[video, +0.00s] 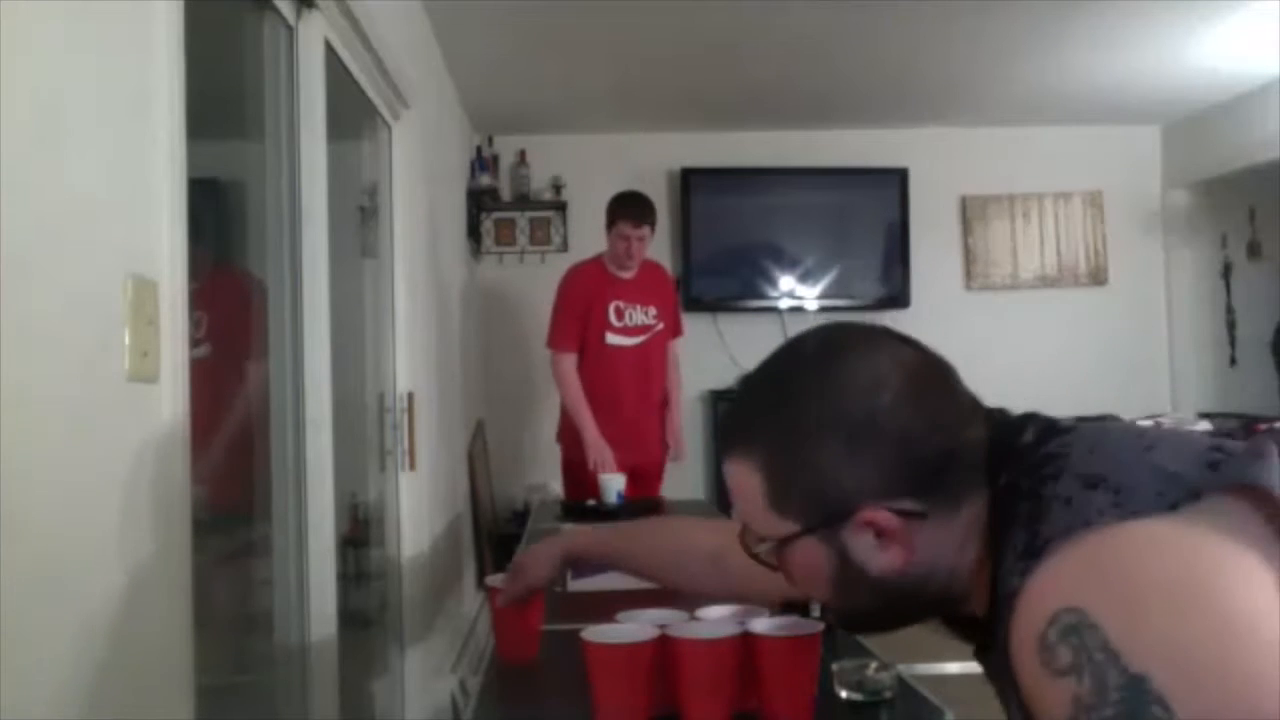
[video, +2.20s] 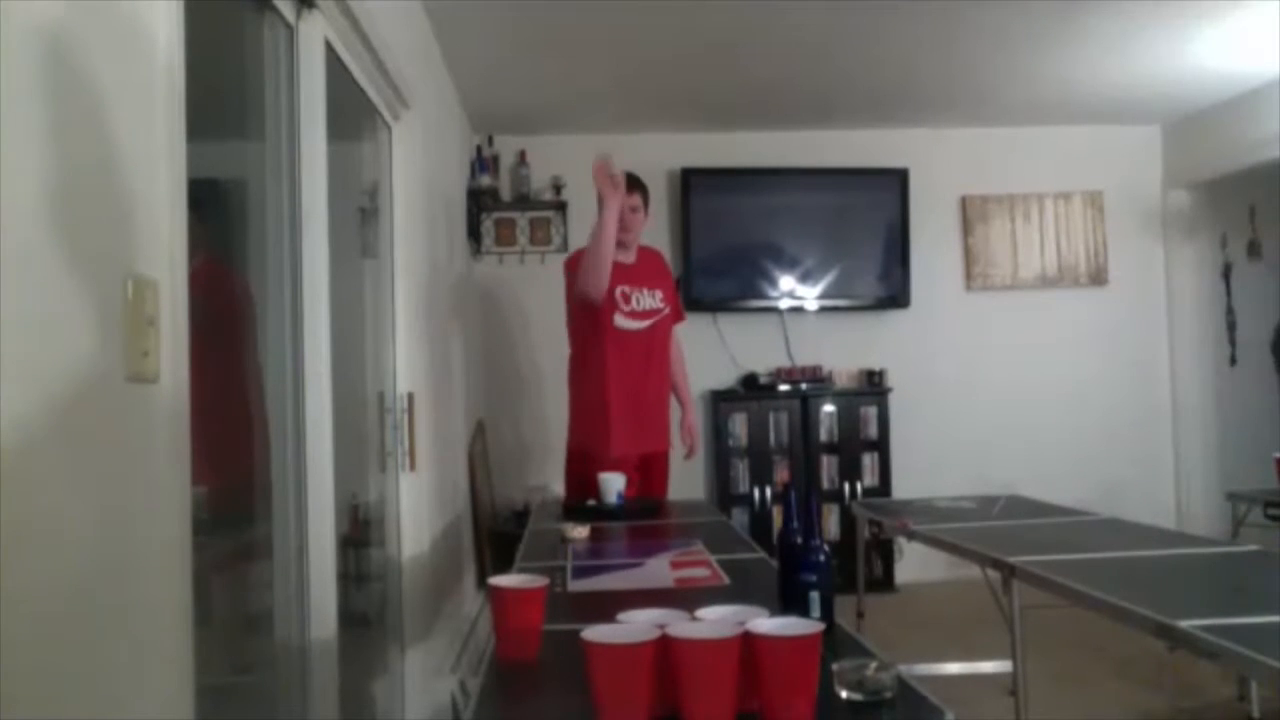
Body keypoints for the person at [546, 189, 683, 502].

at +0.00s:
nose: (631, 249)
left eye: (640, 240)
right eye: (623, 238)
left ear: (651, 238)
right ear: (608, 235)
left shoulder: (661, 280)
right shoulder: (580, 281)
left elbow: (670, 355)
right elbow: (563, 363)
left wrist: (673, 421)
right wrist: (592, 438)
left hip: (647, 443)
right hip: (591, 446)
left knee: (645, 544)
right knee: (594, 544)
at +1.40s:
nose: (623, 229)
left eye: (632, 220)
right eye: (613, 220)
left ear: (644, 225)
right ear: (599, 224)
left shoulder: (657, 272)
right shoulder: (576, 279)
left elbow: (669, 348)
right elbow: (564, 361)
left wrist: (681, 413)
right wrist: (601, 388)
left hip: (647, 438)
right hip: (593, 442)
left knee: (648, 540)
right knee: (594, 541)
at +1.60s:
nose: (623, 229)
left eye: (632, 220)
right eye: (614, 220)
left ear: (644, 225)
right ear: (599, 224)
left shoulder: (656, 272)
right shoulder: (577, 277)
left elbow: (667, 347)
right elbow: (568, 355)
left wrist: (680, 412)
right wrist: (608, 344)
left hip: (647, 435)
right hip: (593, 438)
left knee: (648, 542)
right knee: (594, 542)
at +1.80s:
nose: (624, 229)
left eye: (632, 220)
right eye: (614, 220)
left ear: (644, 225)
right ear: (600, 224)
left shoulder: (654, 270)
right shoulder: (578, 276)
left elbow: (667, 347)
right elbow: (579, 343)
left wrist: (681, 412)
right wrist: (610, 287)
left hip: (647, 434)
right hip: (594, 435)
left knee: (648, 542)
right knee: (594, 542)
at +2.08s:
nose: (625, 226)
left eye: (633, 216)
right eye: (616, 216)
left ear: (646, 222)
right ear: (602, 219)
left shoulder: (655, 268)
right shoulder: (582, 270)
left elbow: (670, 345)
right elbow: (587, 319)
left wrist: (684, 411)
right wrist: (610, 242)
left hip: (648, 436)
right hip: (596, 438)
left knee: (649, 543)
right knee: (594, 548)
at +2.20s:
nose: (625, 219)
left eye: (633, 210)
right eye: (618, 211)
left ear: (646, 217)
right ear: (605, 216)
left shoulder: (655, 263)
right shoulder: (584, 263)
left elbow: (670, 341)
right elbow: (594, 290)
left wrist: (687, 407)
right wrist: (609, 206)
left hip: (650, 434)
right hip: (598, 435)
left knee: (650, 544)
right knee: (595, 545)